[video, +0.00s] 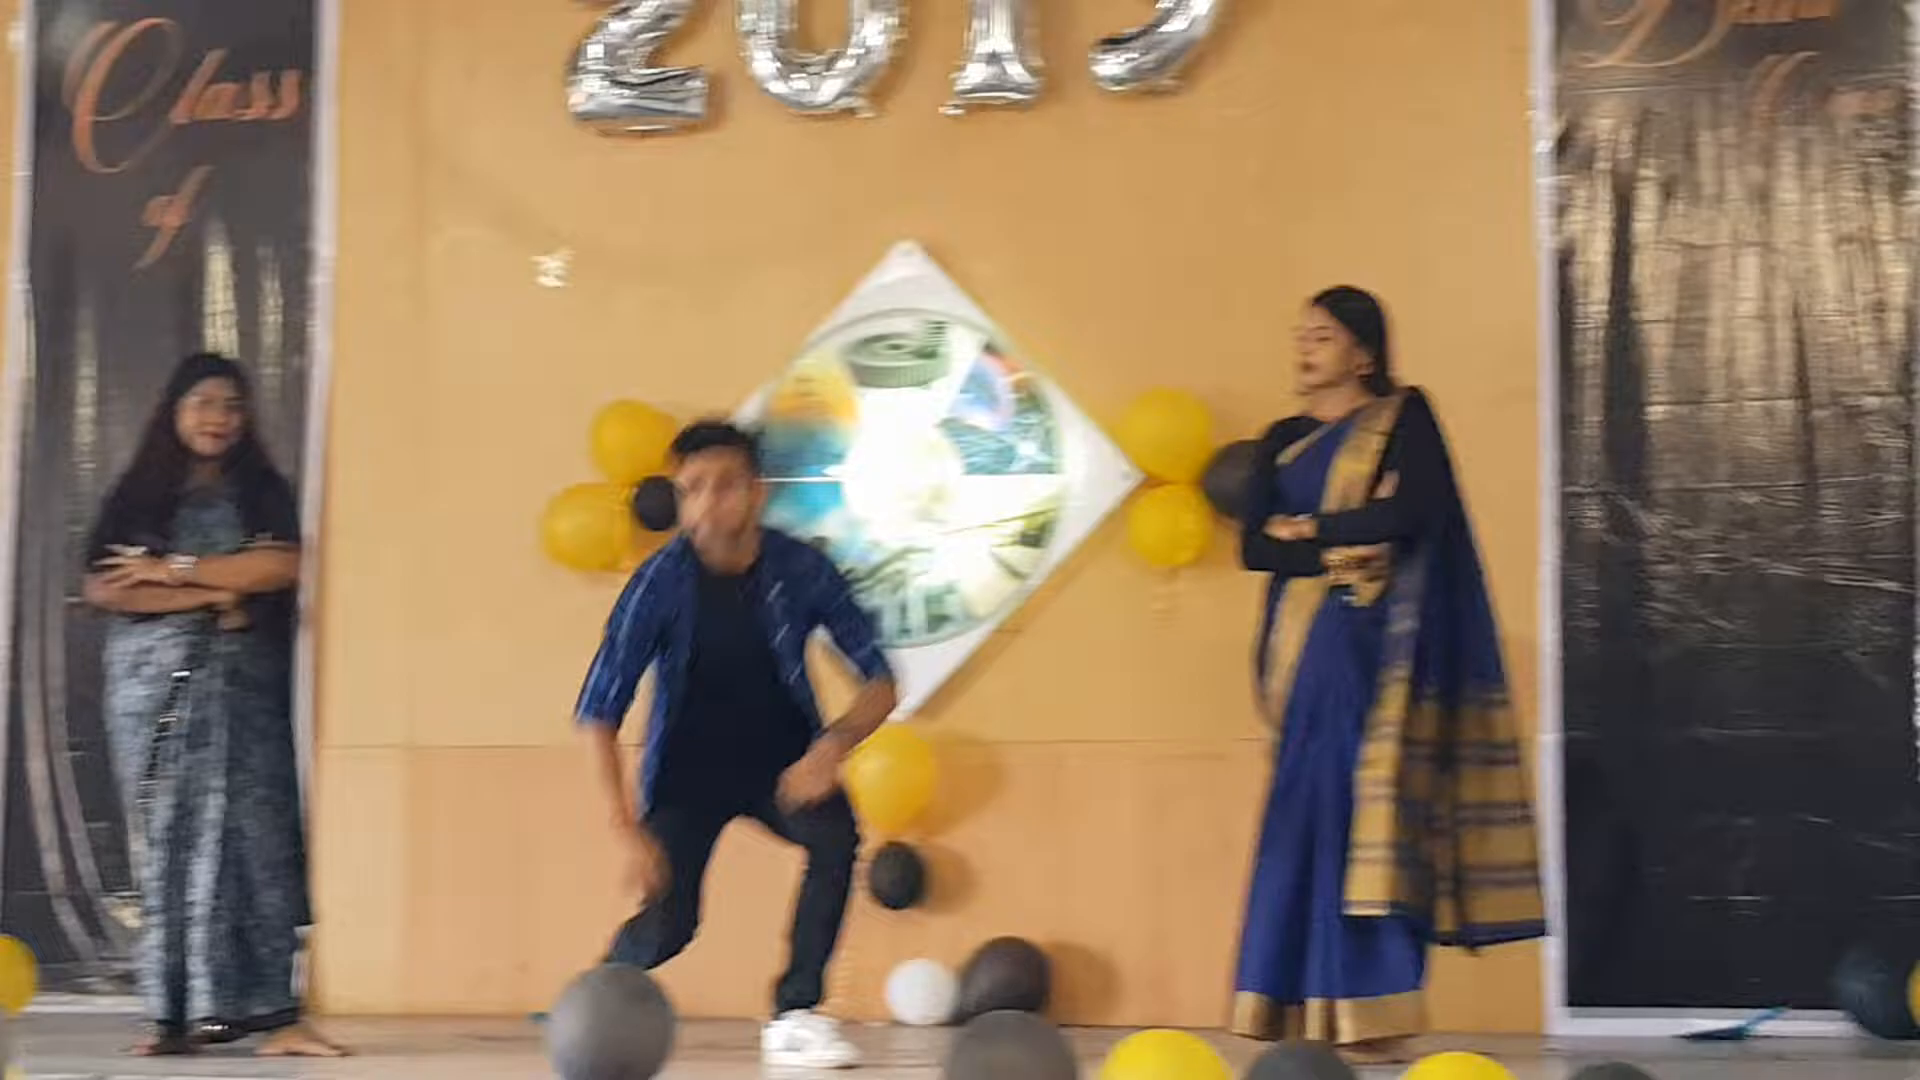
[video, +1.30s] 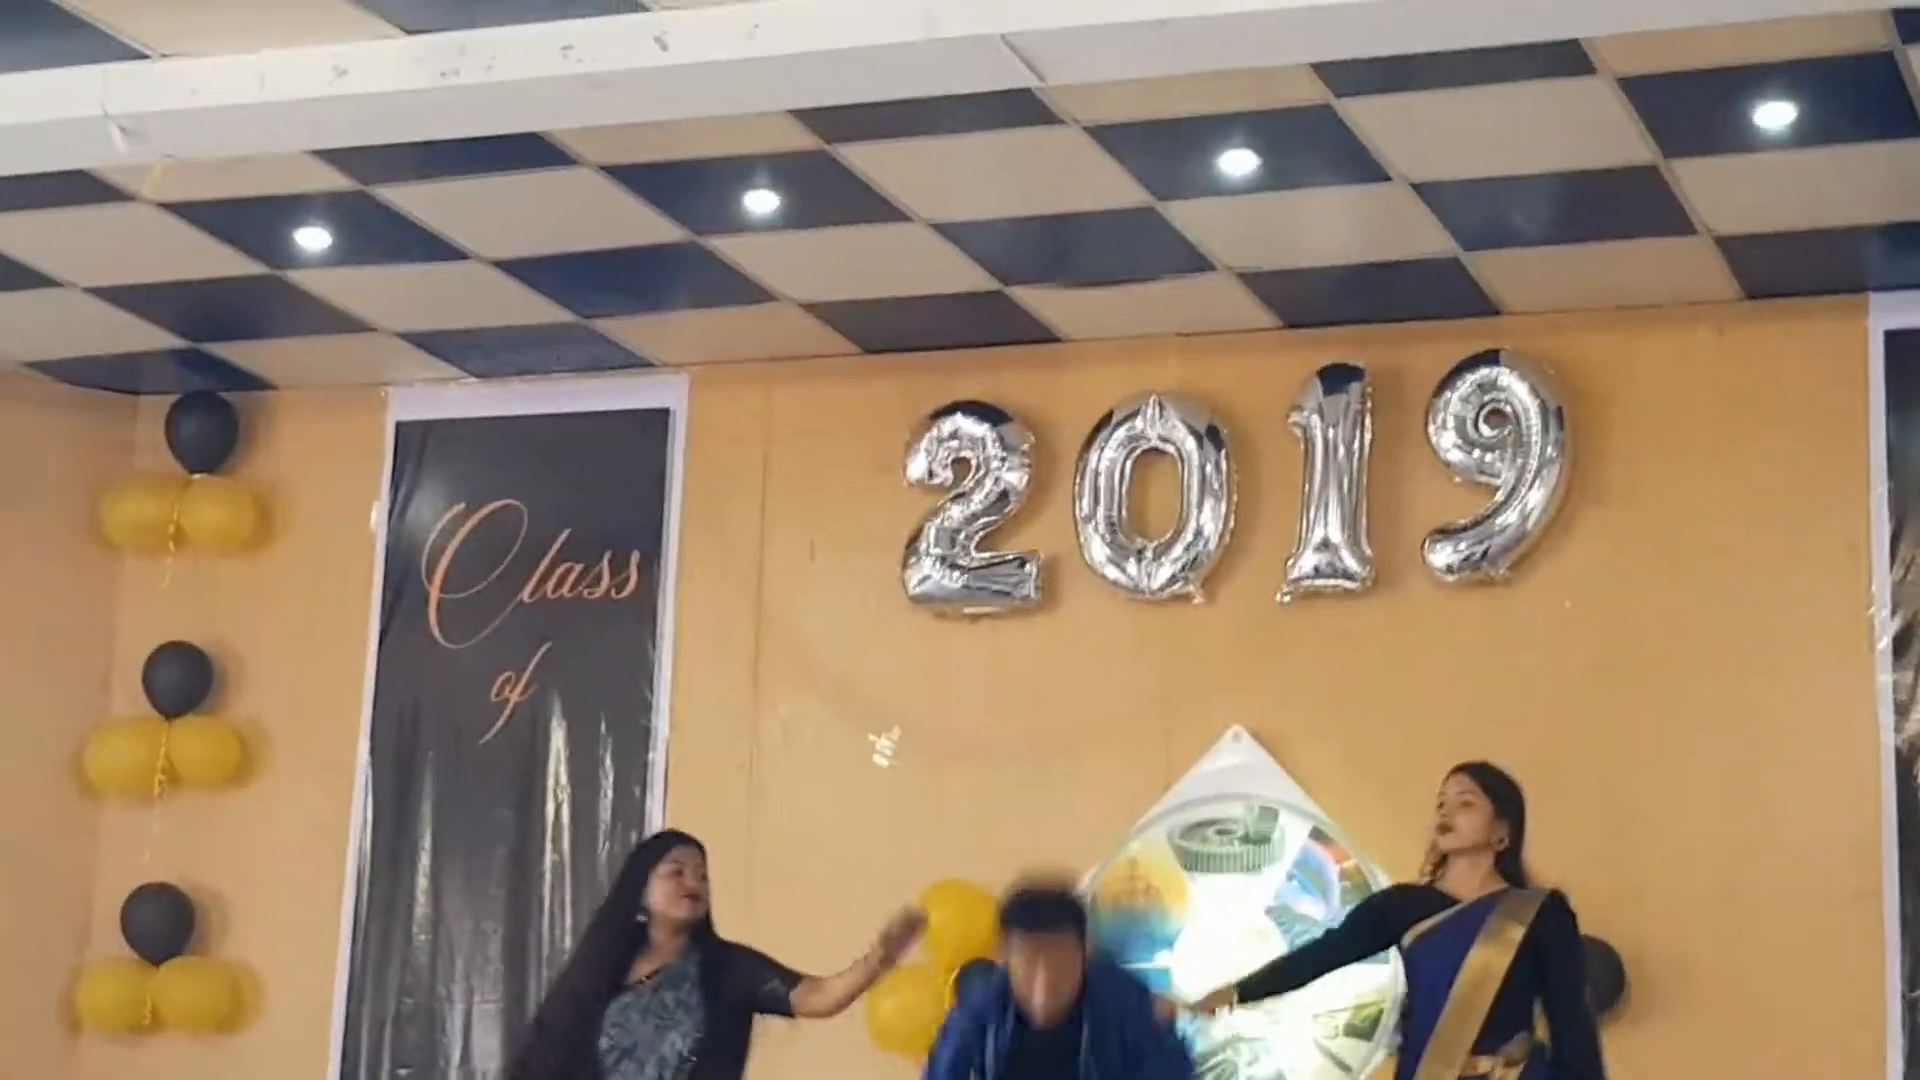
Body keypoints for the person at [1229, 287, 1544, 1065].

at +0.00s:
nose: (1305, 349)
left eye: (1320, 337)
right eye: (1301, 337)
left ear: (1362, 348)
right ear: (1299, 349)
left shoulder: (1402, 412)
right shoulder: (1284, 439)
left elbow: (1415, 513)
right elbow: (1253, 546)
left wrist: (1311, 528)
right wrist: (1325, 559)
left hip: (1384, 649)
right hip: (1304, 653)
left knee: (1363, 813)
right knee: (1307, 812)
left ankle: (1362, 1008)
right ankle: (1304, 1008)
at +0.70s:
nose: (1335, 427)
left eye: (1349, 413)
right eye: (1335, 412)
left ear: (1390, 424)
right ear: (1343, 422)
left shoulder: (1432, 513)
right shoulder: (1307, 510)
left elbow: (1402, 631)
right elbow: (1199, 580)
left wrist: (1307, 625)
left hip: (1394, 728)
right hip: (1316, 725)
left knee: (1391, 890)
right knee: (1289, 873)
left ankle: (1398, 1057)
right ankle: (1308, 1057)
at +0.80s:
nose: (1323, 532)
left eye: (1341, 520)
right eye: (1324, 518)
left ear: (1384, 538)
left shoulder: (1423, 620)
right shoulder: (1296, 615)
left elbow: (1424, 736)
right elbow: (1183, 651)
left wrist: (1357, 775)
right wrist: (1138, 622)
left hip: (1394, 841)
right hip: (1309, 839)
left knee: (1388, 1003)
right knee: (1283, 991)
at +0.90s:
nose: (1365, 652)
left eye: (1383, 641)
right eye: (1365, 637)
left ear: (1419, 658)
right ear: (1358, 645)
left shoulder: (1457, 743)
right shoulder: (1332, 736)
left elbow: (1476, 857)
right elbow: (1209, 741)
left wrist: (1459, 937)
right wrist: (1113, 696)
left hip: (1429, 950)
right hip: (1347, 948)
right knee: (1344, 1059)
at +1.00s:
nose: (1426, 735)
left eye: (1446, 726)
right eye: (1423, 725)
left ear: (1488, 750)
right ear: (1416, 740)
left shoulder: (1522, 831)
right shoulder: (1385, 826)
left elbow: (1555, 948)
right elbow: (1270, 827)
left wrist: (1576, 1050)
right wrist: (1160, 793)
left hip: (1499, 1049)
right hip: (1401, 1048)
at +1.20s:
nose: (1432, 790)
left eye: (1452, 782)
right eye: (1428, 781)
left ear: (1490, 809)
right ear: (1420, 801)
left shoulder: (1526, 885)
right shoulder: (1388, 881)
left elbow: (1564, 1006)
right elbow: (1286, 923)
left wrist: (1585, 1074)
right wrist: (1187, 922)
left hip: (1508, 1063)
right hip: (1410, 1063)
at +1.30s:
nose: (1445, 814)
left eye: (1464, 804)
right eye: (1441, 805)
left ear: (1502, 833)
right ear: (1435, 825)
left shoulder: (1540, 910)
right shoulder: (1403, 905)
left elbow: (1573, 1026)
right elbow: (1320, 955)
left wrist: (1583, 1078)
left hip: (1503, 1069)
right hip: (1417, 1067)